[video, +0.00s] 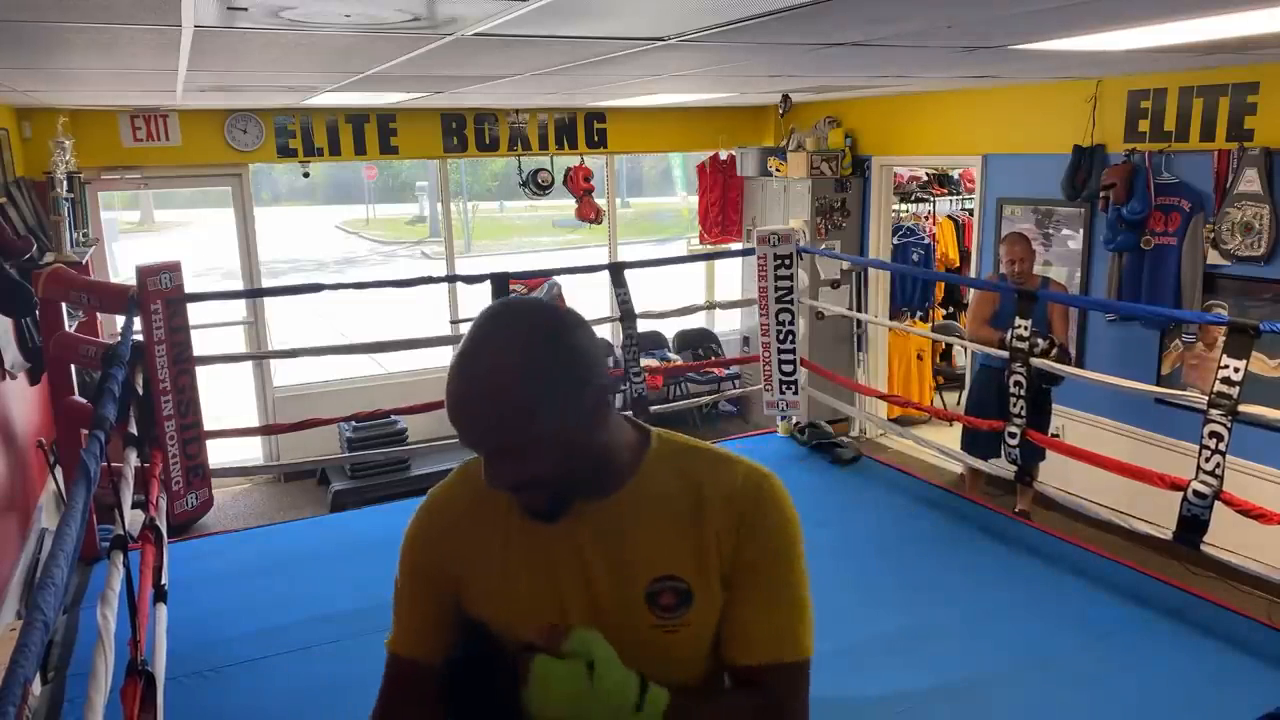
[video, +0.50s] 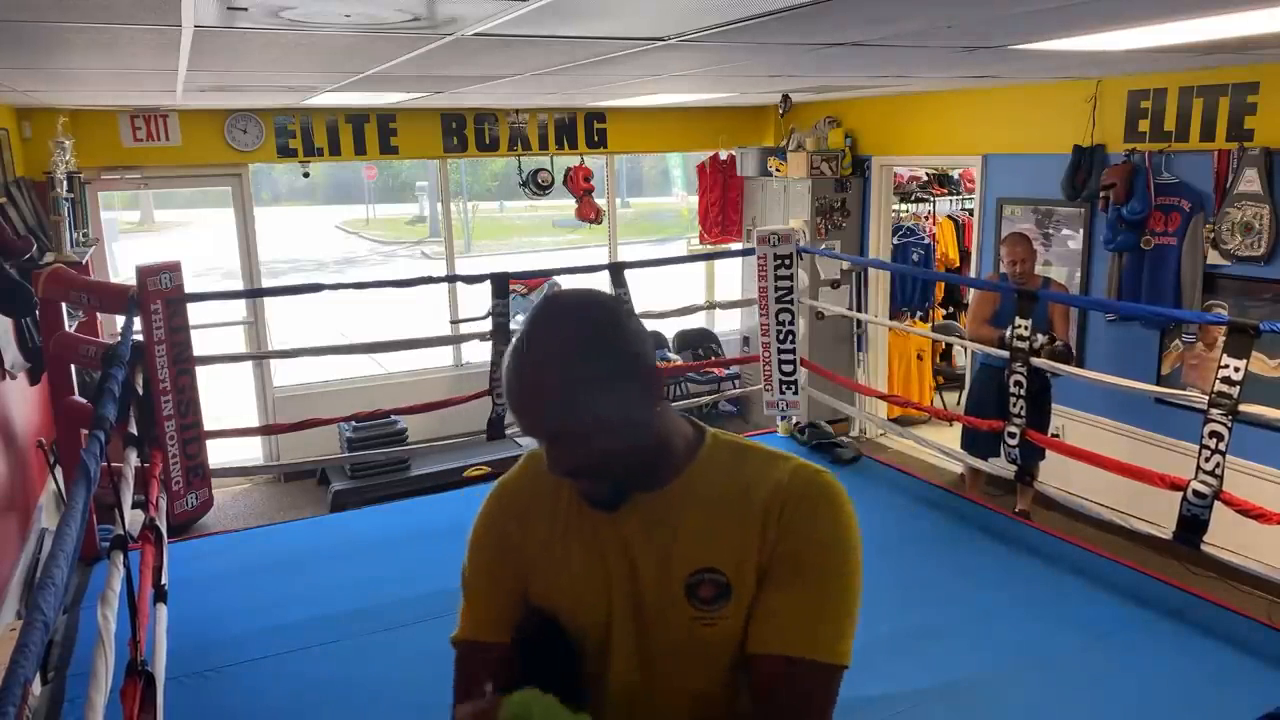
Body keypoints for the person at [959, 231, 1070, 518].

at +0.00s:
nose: (1015, 268)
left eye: (1021, 261)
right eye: (1008, 262)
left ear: (1033, 259)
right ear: (1001, 261)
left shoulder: (1054, 291)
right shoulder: (991, 285)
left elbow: (1061, 341)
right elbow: (974, 329)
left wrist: (1048, 349)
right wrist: (1008, 340)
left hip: (1034, 381)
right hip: (991, 376)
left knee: (1030, 448)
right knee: (977, 443)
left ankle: (1022, 511)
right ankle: (969, 504)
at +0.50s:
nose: (1016, 269)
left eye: (1022, 262)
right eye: (1010, 263)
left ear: (1034, 258)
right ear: (1002, 261)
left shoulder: (1055, 291)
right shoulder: (992, 284)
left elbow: (1063, 344)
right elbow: (973, 329)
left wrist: (1050, 348)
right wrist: (1007, 338)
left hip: (1034, 381)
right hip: (992, 375)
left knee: (1030, 450)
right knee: (977, 444)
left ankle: (1022, 512)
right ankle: (970, 504)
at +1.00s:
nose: (1015, 269)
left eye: (1020, 262)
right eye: (1008, 263)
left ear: (1032, 258)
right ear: (1000, 263)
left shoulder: (1053, 290)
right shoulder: (990, 288)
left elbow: (1058, 332)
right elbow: (970, 330)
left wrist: (1041, 347)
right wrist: (995, 338)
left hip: (1034, 379)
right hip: (991, 376)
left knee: (1031, 448)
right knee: (979, 443)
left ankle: (1022, 511)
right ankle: (972, 504)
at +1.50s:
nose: (1012, 268)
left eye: (1017, 261)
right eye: (1005, 263)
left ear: (1028, 257)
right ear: (996, 264)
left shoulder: (1052, 290)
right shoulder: (985, 292)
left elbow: (1064, 339)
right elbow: (965, 336)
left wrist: (1056, 321)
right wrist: (979, 358)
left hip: (1032, 379)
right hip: (990, 376)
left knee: (1029, 449)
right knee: (977, 445)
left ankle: (1023, 515)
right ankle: (972, 506)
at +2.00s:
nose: (1005, 272)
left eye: (1010, 264)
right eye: (998, 267)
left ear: (1022, 259)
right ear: (990, 266)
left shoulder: (1047, 289)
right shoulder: (980, 292)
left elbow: (1063, 333)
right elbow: (967, 338)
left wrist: (1038, 316)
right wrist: (986, 352)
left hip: (1028, 382)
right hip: (987, 380)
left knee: (1027, 451)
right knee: (974, 447)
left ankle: (1022, 515)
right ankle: (970, 506)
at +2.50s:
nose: (998, 275)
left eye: (1002, 267)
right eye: (991, 270)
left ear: (1014, 260)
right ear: (984, 267)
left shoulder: (1041, 287)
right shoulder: (976, 291)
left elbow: (1061, 329)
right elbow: (963, 334)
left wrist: (1025, 326)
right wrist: (984, 348)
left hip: (1026, 380)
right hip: (984, 377)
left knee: (1026, 449)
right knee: (974, 446)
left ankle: (1023, 514)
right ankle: (970, 507)